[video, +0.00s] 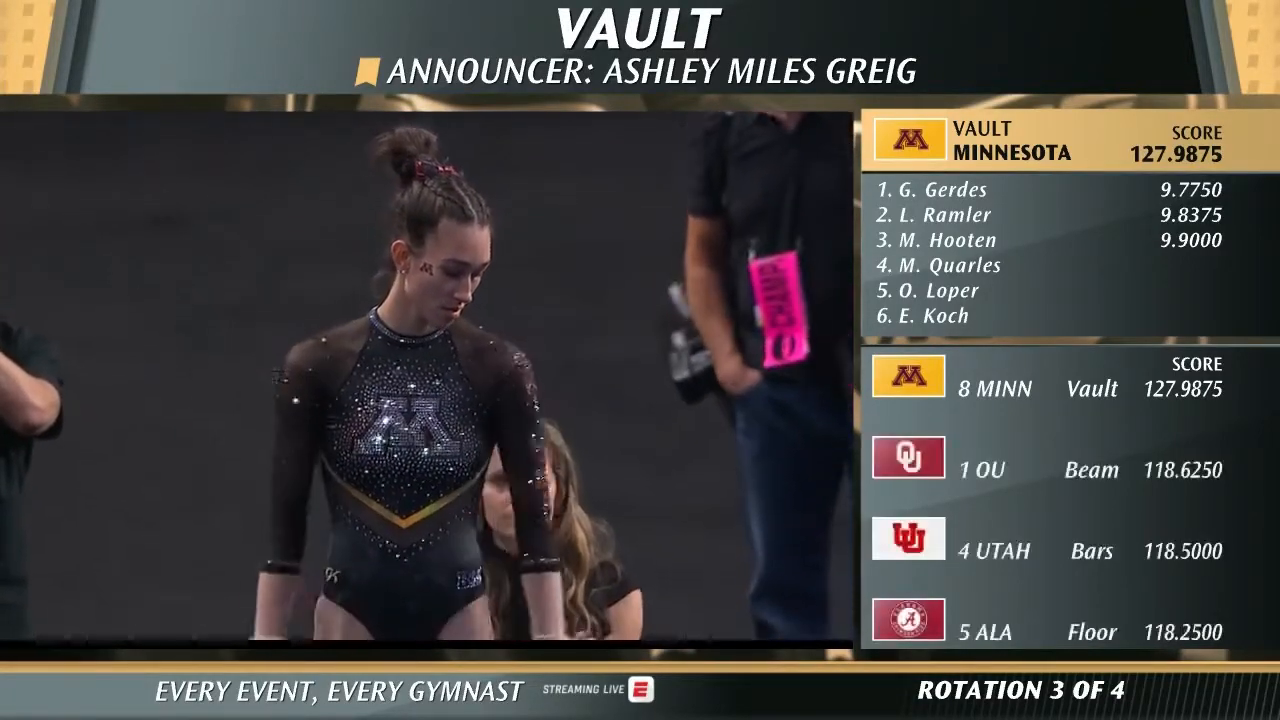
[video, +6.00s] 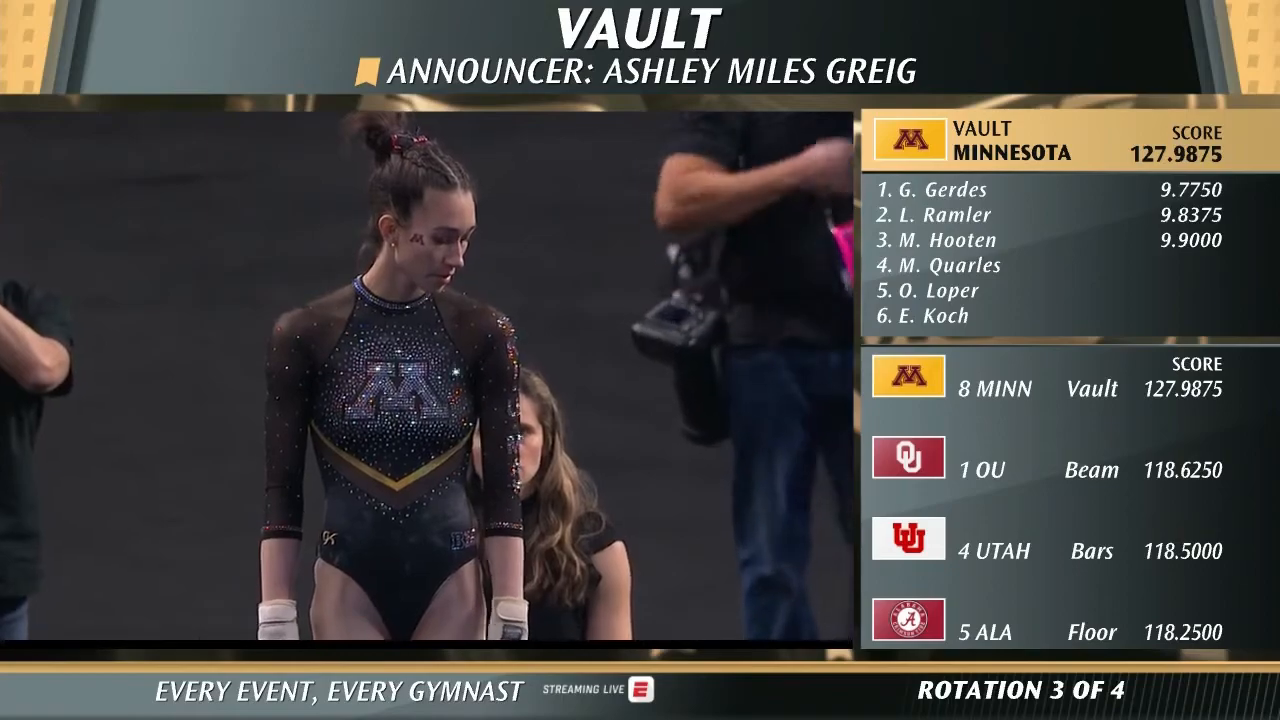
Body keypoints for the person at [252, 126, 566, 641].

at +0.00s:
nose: (465, 292)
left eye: (477, 273)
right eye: (451, 271)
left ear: (488, 265)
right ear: (403, 257)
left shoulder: (499, 369)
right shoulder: (316, 366)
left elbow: (533, 524)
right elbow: (286, 536)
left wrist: (551, 649)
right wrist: (265, 649)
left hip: (461, 606)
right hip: (350, 606)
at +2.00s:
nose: (472, 245)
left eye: (481, 227)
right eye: (460, 226)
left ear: (486, 216)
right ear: (410, 211)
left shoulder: (494, 313)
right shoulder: (316, 311)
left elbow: (512, 465)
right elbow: (290, 466)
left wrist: (511, 608)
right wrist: (271, 609)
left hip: (459, 560)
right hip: (350, 557)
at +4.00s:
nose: (466, 250)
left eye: (473, 233)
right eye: (451, 233)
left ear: (480, 222)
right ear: (398, 220)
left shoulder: (493, 319)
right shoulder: (311, 321)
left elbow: (518, 465)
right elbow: (286, 469)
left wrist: (510, 602)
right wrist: (288, 607)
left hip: (461, 570)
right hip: (351, 567)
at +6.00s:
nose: (458, 256)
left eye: (465, 239)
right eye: (443, 240)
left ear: (472, 227)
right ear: (389, 228)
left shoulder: (482, 332)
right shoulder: (305, 334)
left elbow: (501, 482)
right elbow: (282, 485)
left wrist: (511, 619)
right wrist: (275, 621)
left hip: (452, 574)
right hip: (345, 574)